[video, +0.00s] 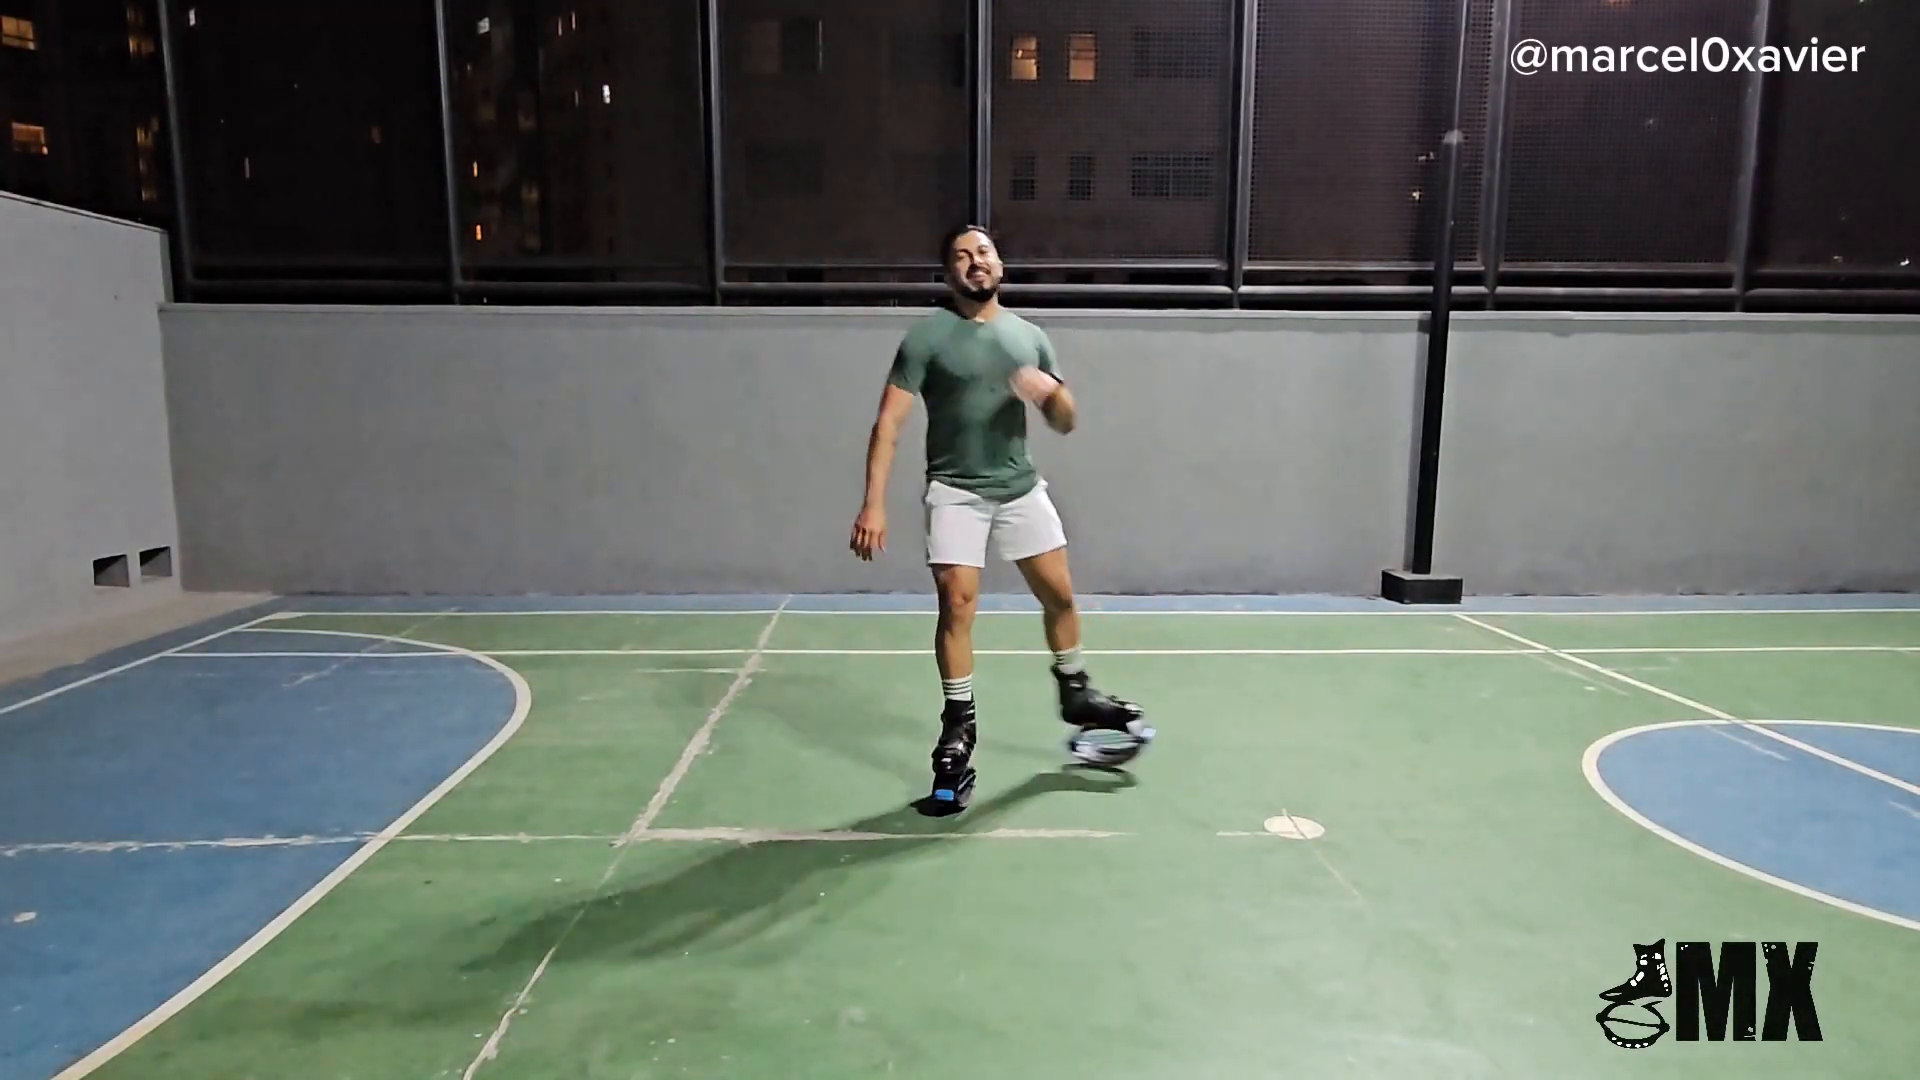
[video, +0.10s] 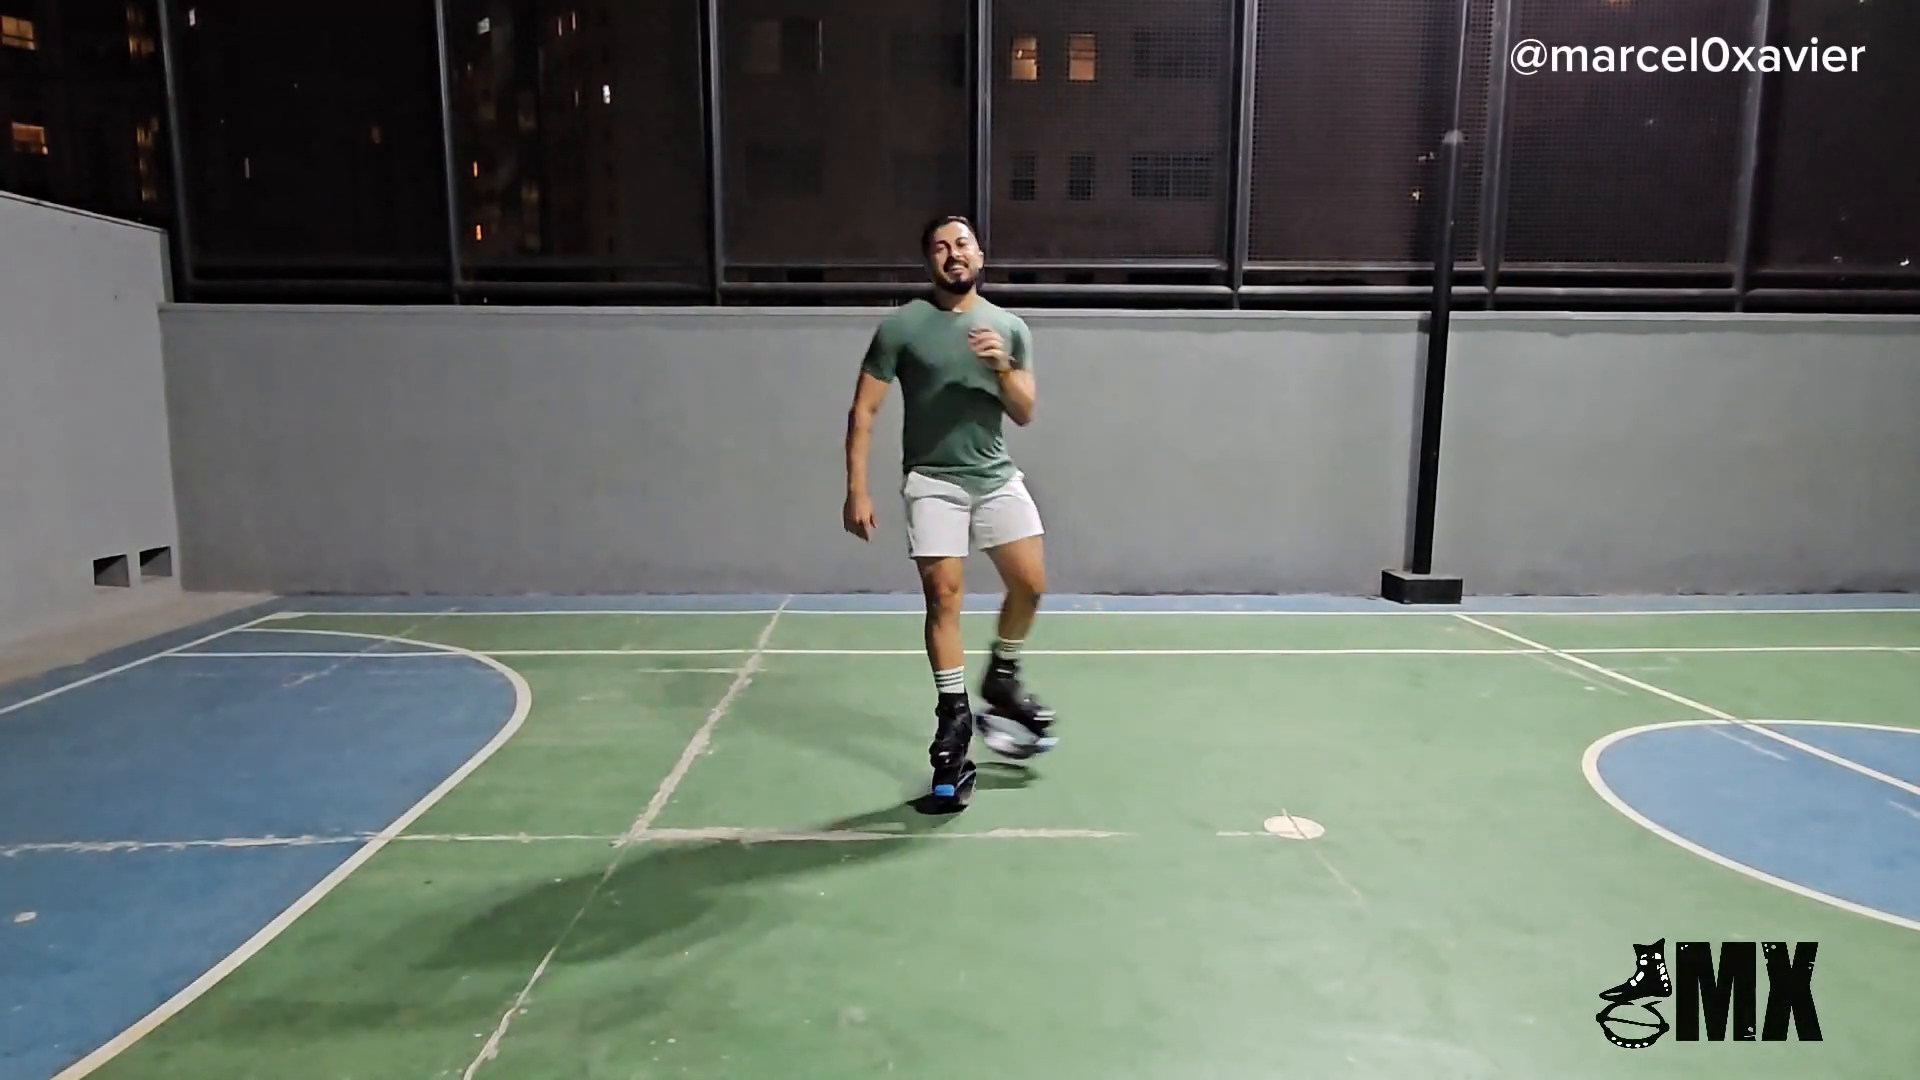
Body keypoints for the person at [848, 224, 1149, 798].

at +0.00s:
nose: (977, 261)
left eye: (984, 252)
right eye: (964, 256)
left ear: (1001, 267)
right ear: (948, 275)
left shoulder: (1029, 336)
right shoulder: (926, 337)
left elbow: (1065, 422)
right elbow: (887, 426)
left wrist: (1052, 393)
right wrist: (873, 507)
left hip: (1020, 487)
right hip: (955, 490)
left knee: (1060, 594)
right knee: (956, 602)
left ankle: (1077, 694)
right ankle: (958, 726)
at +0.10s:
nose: (954, 252)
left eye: (963, 242)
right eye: (942, 245)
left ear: (981, 258)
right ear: (928, 263)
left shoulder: (1009, 327)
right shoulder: (901, 327)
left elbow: (1024, 411)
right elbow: (863, 413)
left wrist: (1002, 365)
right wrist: (857, 492)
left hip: (997, 474)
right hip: (933, 479)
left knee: (1029, 584)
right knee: (943, 594)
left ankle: (1001, 682)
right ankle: (953, 719)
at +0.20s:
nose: (932, 259)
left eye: (942, 249)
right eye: (922, 251)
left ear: (962, 259)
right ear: (909, 263)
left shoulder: (990, 326)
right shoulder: (876, 328)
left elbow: (1004, 394)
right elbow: (844, 407)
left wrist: (962, 377)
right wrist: (840, 482)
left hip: (972, 477)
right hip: (910, 480)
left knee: (986, 590)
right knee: (929, 593)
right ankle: (950, 728)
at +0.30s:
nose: (911, 273)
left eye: (922, 263)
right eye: (902, 264)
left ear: (943, 272)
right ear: (890, 274)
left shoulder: (969, 338)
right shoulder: (858, 341)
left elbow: (981, 401)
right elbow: (828, 418)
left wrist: (933, 427)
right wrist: (822, 489)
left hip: (941, 487)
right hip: (881, 487)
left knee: (938, 603)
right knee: (903, 599)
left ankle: (880, 691)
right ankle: (939, 726)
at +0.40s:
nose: (890, 276)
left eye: (902, 267)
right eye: (881, 268)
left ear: (923, 279)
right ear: (870, 279)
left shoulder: (944, 349)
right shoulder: (838, 344)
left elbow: (955, 426)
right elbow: (817, 419)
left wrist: (934, 486)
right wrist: (801, 485)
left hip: (917, 492)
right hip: (851, 486)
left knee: (911, 610)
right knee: (854, 592)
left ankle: (866, 710)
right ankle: (903, 717)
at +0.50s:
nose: (866, 265)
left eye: (879, 257)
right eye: (858, 256)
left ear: (899, 272)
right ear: (845, 267)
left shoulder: (921, 341)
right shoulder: (814, 336)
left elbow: (944, 426)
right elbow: (786, 410)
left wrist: (951, 504)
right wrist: (769, 474)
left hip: (893, 486)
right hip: (827, 477)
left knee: (895, 596)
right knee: (808, 571)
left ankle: (875, 693)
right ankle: (833, 693)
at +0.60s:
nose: (843, 255)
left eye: (855, 247)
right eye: (834, 245)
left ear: (873, 262)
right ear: (820, 257)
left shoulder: (897, 329)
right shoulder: (787, 325)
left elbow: (935, 408)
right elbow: (751, 393)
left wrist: (966, 478)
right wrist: (722, 462)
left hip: (872, 477)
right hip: (805, 470)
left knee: (879, 589)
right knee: (769, 570)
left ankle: (869, 695)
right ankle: (773, 694)